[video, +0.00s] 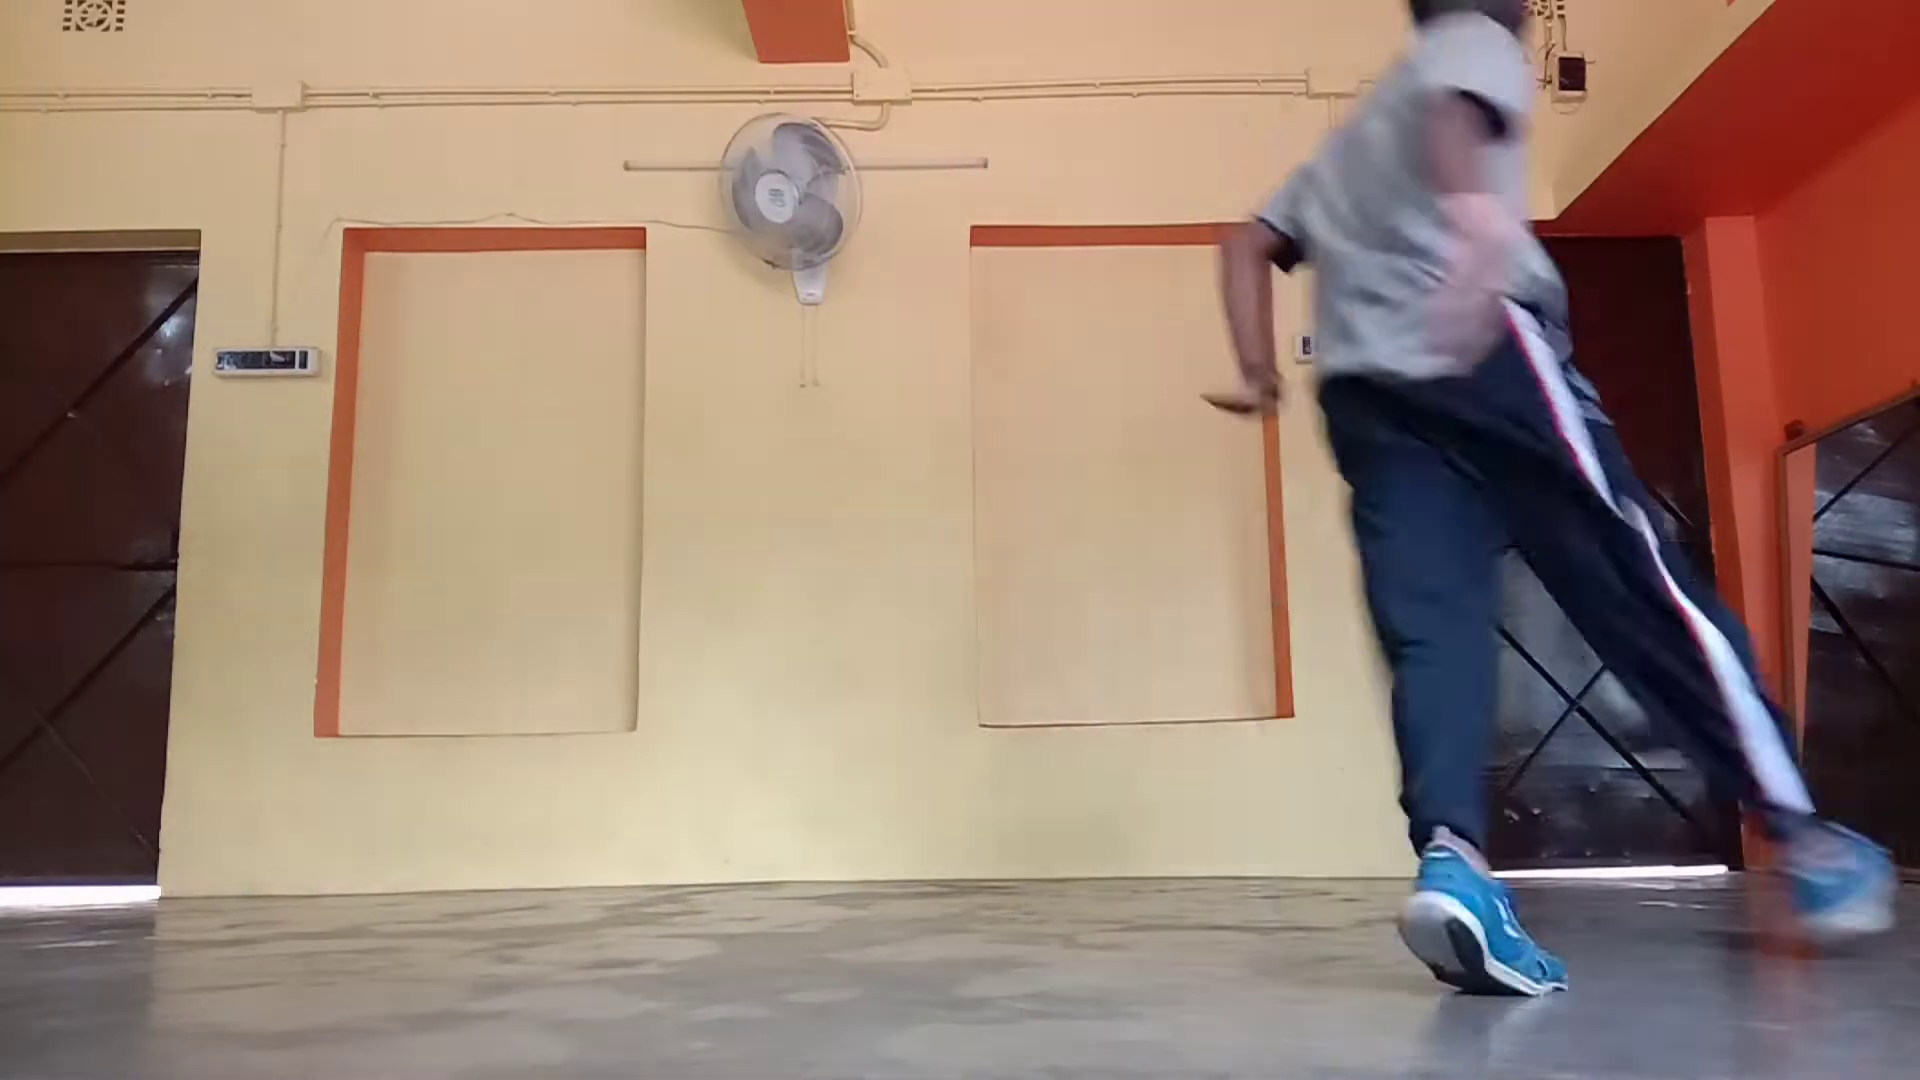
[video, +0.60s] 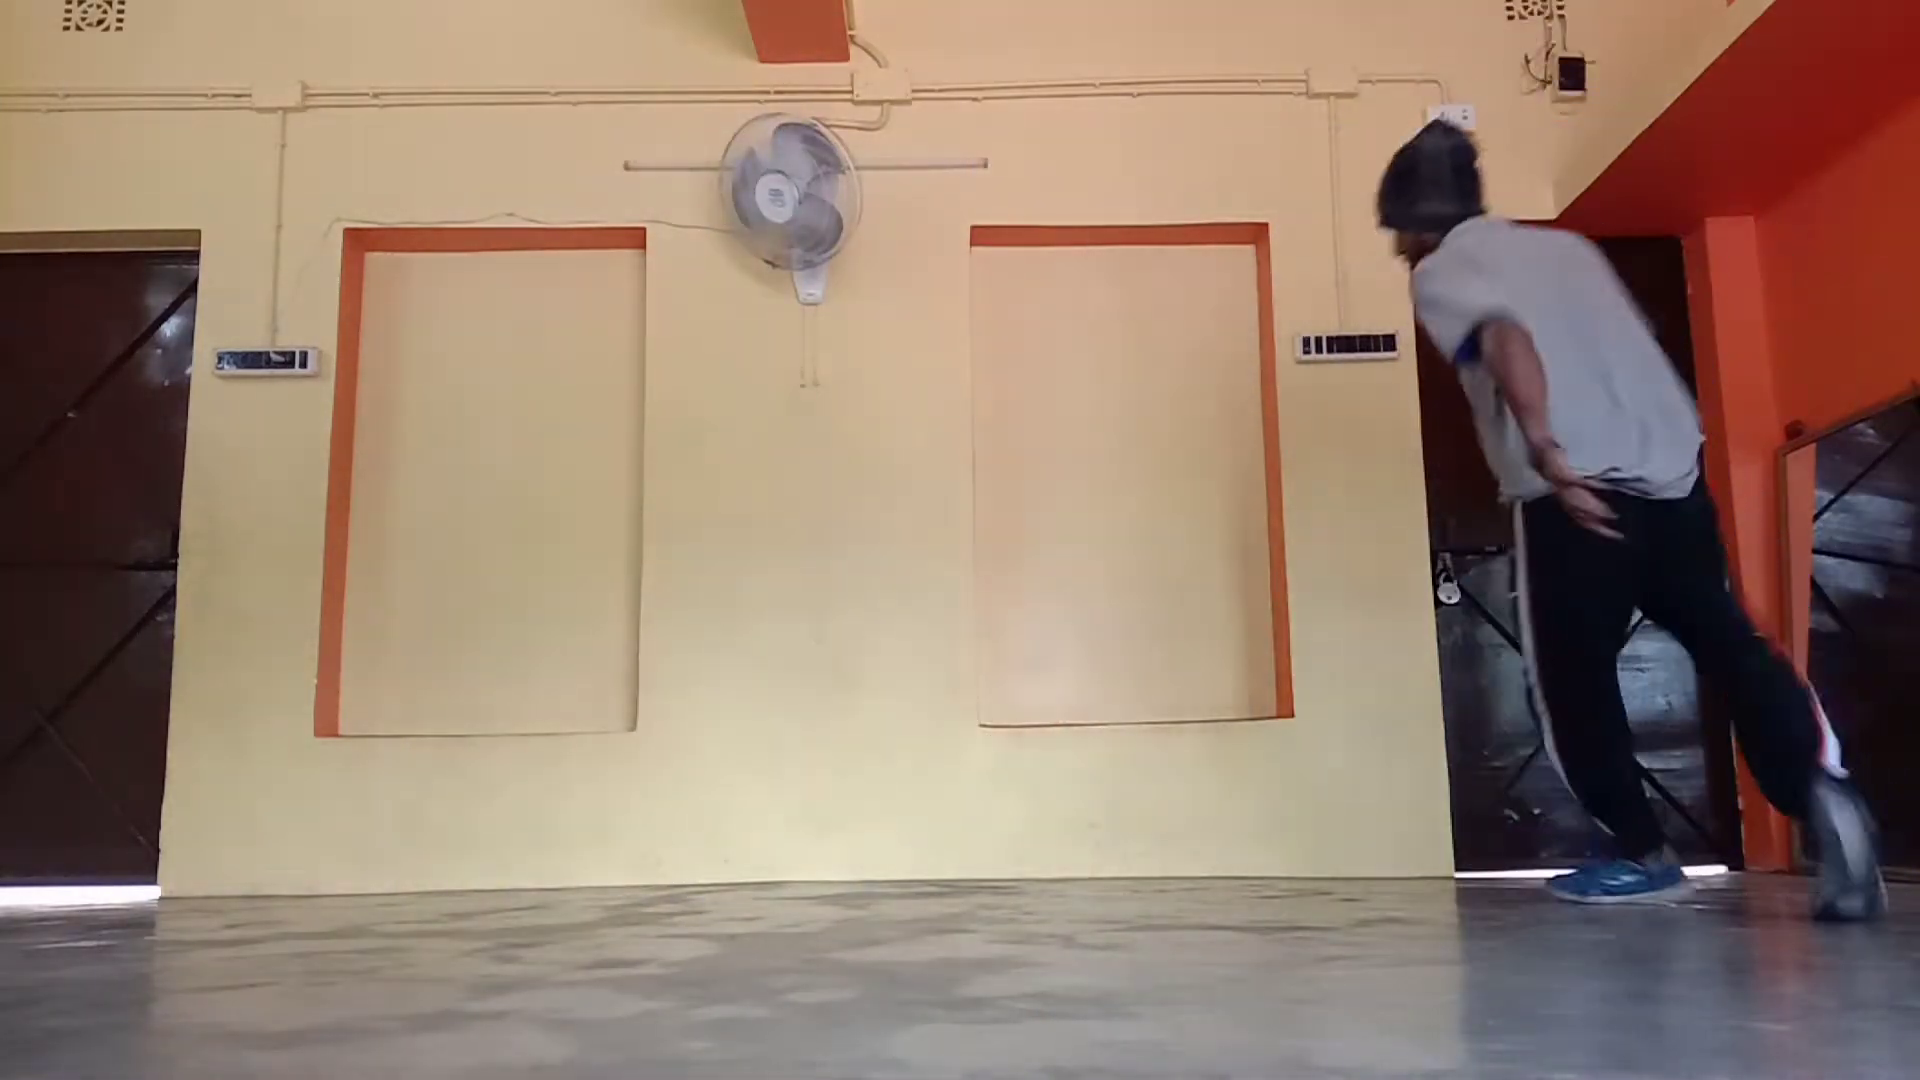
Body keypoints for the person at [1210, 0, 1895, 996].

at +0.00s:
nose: (1529, 27)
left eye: (1527, 22)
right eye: (1526, 18)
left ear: (1421, 16)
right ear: (1507, 12)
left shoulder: (1363, 129)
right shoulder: (1476, 37)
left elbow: (1244, 246)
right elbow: (1449, 118)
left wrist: (1257, 370)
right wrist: (1477, 217)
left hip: (1365, 378)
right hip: (1479, 338)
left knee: (1430, 616)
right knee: (1631, 573)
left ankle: (1450, 862)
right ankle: (1798, 831)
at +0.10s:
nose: (1577, 63)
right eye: (1573, 47)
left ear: (1485, 63)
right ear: (1571, 49)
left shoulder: (1422, 173)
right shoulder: (1560, 102)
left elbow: (1308, 288)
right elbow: (1590, 175)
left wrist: (1311, 416)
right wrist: (1653, 238)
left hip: (1433, 426)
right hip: (1557, 398)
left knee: (1479, 635)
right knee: (1701, 624)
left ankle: (1459, 854)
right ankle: (1871, 876)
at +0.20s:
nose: (1617, 87)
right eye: (1617, 73)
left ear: (1524, 92)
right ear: (1621, 81)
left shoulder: (1466, 190)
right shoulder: (1650, 145)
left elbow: (1383, 286)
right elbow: (1730, 221)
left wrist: (1406, 424)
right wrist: (1843, 291)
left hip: (1499, 446)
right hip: (1635, 421)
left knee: (1569, 632)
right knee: (1767, 613)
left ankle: (1552, 740)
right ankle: (1875, 867)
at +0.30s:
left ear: (1497, 72)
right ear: (1586, 57)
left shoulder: (1459, 142)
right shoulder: (1656, 119)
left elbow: (1407, 215)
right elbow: (1746, 221)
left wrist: (1452, 347)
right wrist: (1833, 328)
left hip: (1523, 405)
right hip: (1658, 396)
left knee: (1536, 596)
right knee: (1758, 585)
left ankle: (1671, 709)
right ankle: (1857, 811)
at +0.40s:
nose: (1450, 90)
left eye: (1453, 76)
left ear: (1460, 74)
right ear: (1547, 66)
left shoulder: (1461, 125)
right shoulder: (1644, 128)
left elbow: (1449, 185)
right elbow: (1741, 261)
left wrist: (1463, 323)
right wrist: (1732, 349)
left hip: (1543, 404)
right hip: (1667, 399)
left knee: (1546, 594)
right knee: (1748, 600)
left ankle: (1695, 785)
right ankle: (1855, 806)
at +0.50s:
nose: (1438, 173)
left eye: (1435, 161)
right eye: (1441, 163)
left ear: (1444, 144)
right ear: (1517, 130)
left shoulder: (1464, 175)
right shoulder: (1629, 198)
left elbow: (1482, 243)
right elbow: (1706, 292)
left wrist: (1483, 369)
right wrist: (1677, 372)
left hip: (1560, 441)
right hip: (1673, 438)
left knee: (1592, 647)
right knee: (1753, 634)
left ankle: (1640, 831)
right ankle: (1853, 849)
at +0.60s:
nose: (1402, 246)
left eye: (1400, 230)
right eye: (1398, 231)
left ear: (1413, 219)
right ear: (1473, 198)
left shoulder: (1441, 269)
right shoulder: (1564, 244)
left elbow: (1505, 337)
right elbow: (1625, 347)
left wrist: (1546, 454)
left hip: (1572, 500)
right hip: (1670, 483)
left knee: (1576, 682)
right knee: (1727, 642)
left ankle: (1637, 851)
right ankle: (1819, 789)